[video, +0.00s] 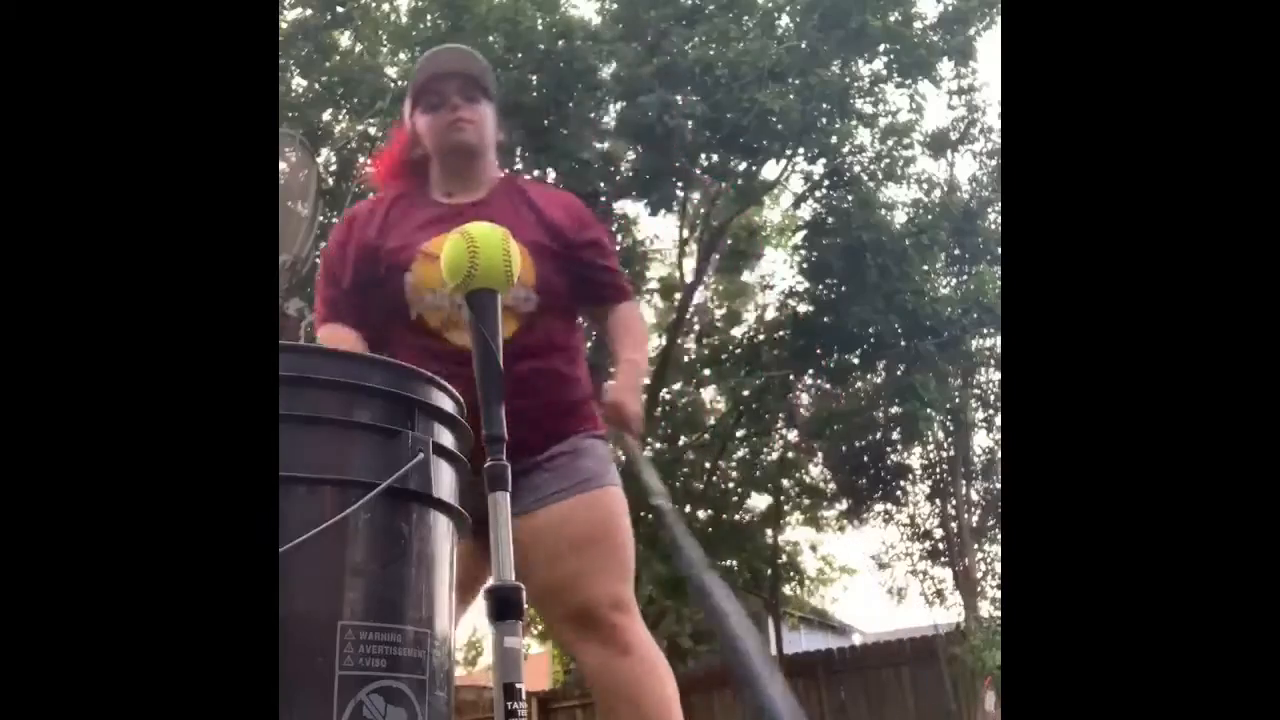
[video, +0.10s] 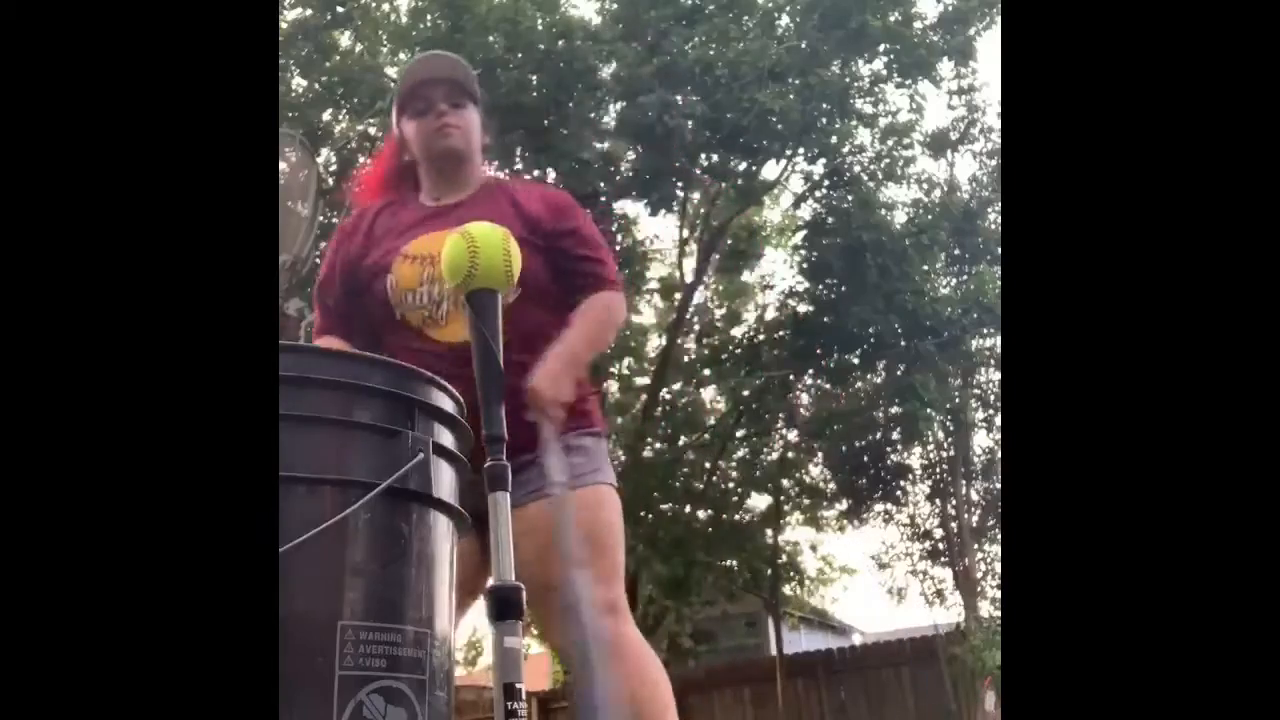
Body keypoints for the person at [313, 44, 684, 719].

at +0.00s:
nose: (456, 107)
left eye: (470, 95)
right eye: (436, 100)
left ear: (495, 116)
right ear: (414, 127)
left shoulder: (557, 212)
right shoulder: (363, 227)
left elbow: (619, 305)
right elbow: (337, 326)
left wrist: (630, 376)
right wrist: (371, 406)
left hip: (556, 450)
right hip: (433, 459)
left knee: (608, 627)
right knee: (401, 636)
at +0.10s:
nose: (442, 115)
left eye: (456, 103)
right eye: (422, 108)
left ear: (481, 121)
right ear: (402, 134)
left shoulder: (542, 205)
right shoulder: (363, 231)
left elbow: (605, 296)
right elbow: (331, 334)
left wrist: (564, 361)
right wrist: (370, 401)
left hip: (548, 445)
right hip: (432, 458)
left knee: (596, 621)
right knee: (402, 632)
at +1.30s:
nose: (348, 186)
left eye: (362, 170)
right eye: (330, 178)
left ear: (390, 182)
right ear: (316, 201)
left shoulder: (402, 232)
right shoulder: (338, 261)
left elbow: (299, 331)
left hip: (499, 446)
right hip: (427, 455)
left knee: (493, 633)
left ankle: (609, 716)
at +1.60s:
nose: (358, 166)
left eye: (372, 148)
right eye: (338, 159)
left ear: (397, 157)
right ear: (323, 184)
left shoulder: (402, 209)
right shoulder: (355, 244)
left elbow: (287, 274)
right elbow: (327, 343)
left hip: (521, 433)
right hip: (452, 447)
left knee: (525, 621)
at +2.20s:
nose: (498, 134)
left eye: (498, 123)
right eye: (477, 124)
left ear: (505, 128)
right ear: (431, 144)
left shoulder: (515, 209)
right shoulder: (453, 200)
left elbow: (565, 197)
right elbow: (578, 158)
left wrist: (576, 133)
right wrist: (568, 127)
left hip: (573, 470)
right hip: (494, 472)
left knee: (574, 646)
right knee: (446, 656)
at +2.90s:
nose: (505, 124)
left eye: (515, 113)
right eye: (483, 112)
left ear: (526, 132)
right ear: (443, 129)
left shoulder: (539, 213)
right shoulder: (427, 198)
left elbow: (622, 247)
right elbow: (475, 263)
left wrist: (667, 206)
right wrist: (600, 250)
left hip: (547, 456)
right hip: (443, 455)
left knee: (585, 630)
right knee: (403, 647)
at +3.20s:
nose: (551, 87)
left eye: (565, 71)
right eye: (529, 75)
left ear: (588, 87)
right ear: (501, 92)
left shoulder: (632, 192)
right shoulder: (458, 169)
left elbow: (664, 307)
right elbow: (372, 250)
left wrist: (708, 267)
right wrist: (364, 307)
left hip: (583, 440)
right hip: (456, 435)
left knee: (604, 633)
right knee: (429, 631)